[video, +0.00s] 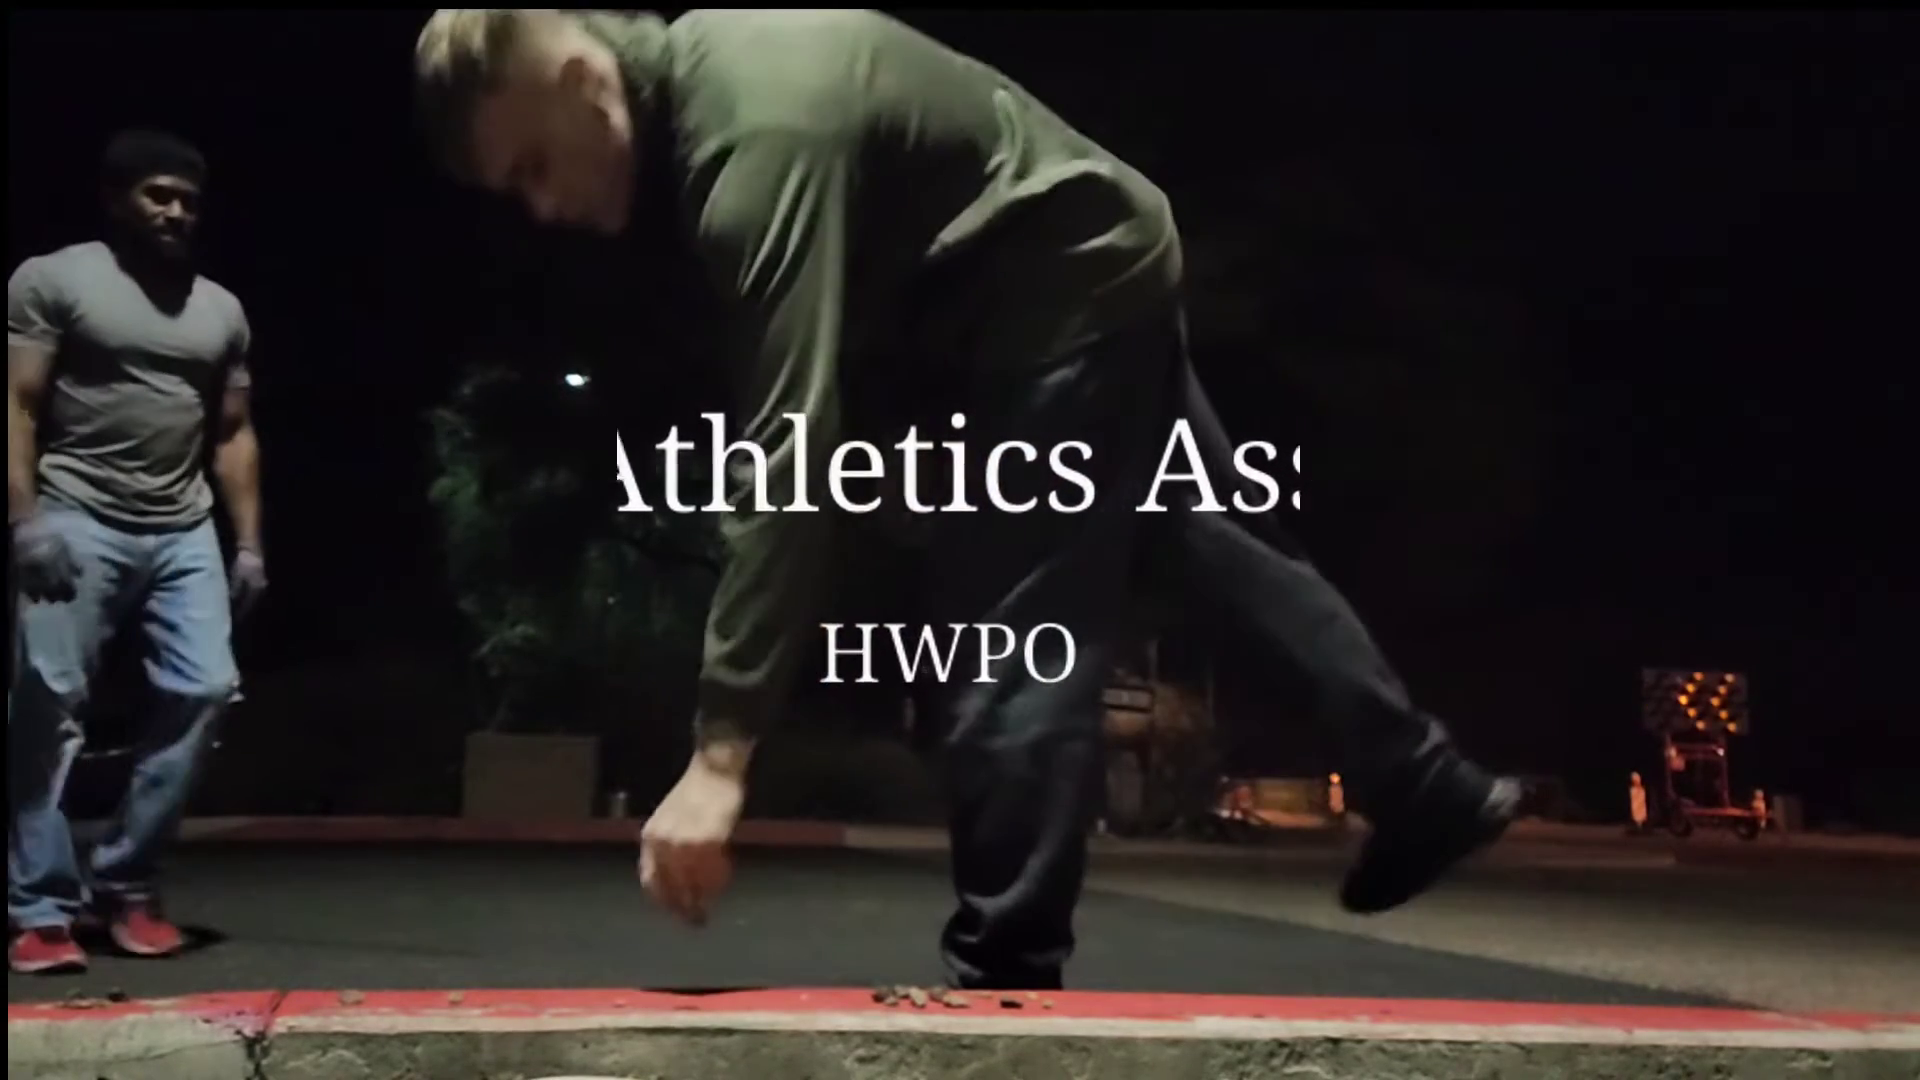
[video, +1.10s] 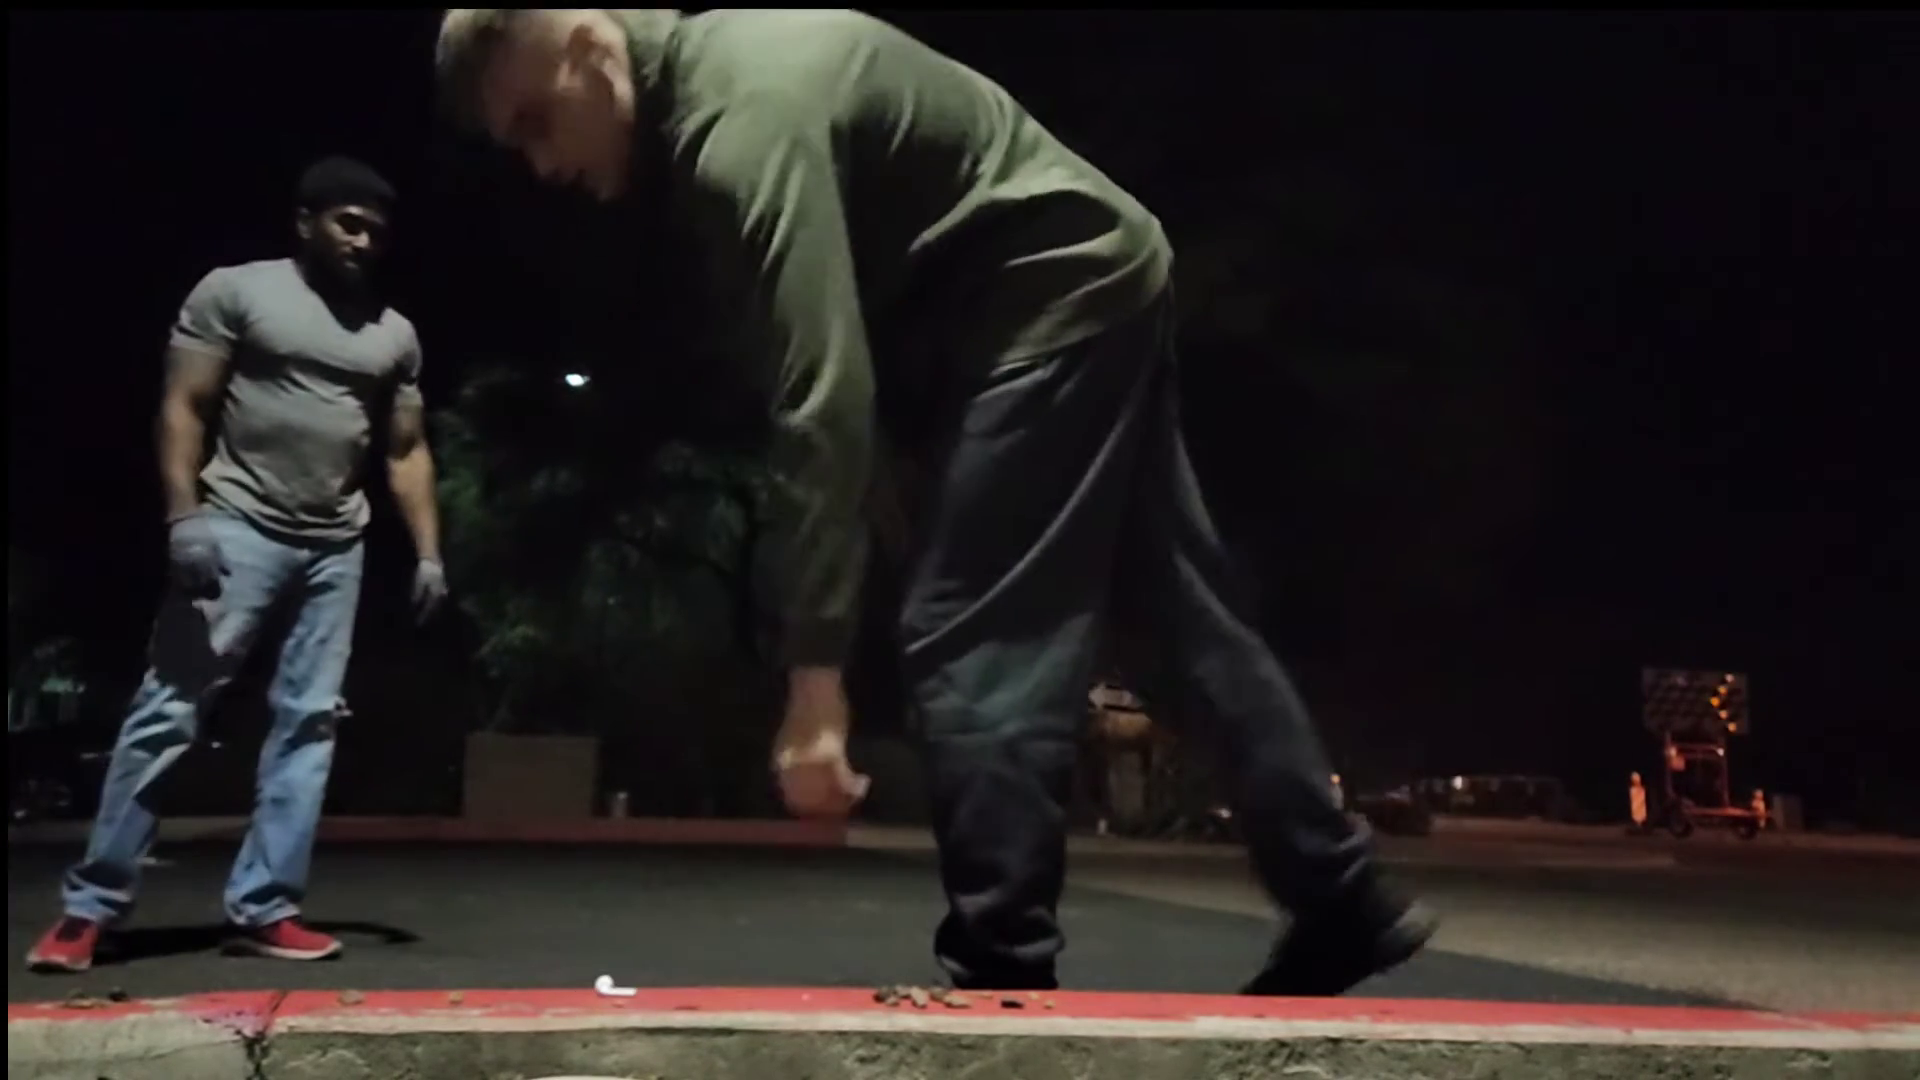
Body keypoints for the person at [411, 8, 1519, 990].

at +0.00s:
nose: (541, 207)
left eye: (533, 167)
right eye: (513, 188)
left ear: (591, 79)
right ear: (586, 78)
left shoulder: (765, 138)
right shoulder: (685, 74)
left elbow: (786, 469)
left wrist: (719, 757)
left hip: (1080, 278)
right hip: (1042, 280)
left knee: (1022, 620)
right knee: (1201, 544)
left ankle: (1006, 953)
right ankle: (1422, 782)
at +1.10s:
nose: (540, 165)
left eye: (531, 125)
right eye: (517, 145)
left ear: (594, 54)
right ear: (591, 55)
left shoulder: (746, 118)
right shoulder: (715, 76)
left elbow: (820, 406)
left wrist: (813, 700)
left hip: (1058, 294)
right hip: (1090, 274)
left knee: (966, 632)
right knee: (1182, 614)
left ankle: (999, 962)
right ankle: (1343, 906)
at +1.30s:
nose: (596, 90)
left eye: (593, 54)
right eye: (575, 73)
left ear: (655, 9)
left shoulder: (787, 70)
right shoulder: (774, 66)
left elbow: (848, 326)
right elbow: (832, 329)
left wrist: (836, 599)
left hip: (1057, 307)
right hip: (1108, 293)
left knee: (964, 639)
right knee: (1142, 639)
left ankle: (1003, 972)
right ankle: (1215, 956)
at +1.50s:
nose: (695, 66)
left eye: (687, 38)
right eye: (680, 49)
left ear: (738, 5)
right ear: (737, 15)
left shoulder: (861, 36)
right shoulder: (858, 38)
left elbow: (901, 257)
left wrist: (875, 501)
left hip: (1069, 339)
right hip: (1105, 335)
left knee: (998, 648)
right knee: (1071, 664)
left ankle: (1000, 967)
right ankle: (1130, 974)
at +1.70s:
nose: (807, 50)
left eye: (807, 26)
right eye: (796, 37)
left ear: (854, 4)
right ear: (844, 24)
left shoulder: (967, 35)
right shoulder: (941, 55)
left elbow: (1025, 225)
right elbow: (1022, 234)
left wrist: (984, 423)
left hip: (1121, 366)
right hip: (1082, 375)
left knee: (1070, 652)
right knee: (1056, 653)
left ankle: (1011, 943)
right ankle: (1123, 959)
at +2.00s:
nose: (898, 33)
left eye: (905, 15)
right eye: (895, 22)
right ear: (943, 21)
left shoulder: (1070, 30)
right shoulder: (1003, 79)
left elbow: (1135, 208)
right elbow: (1039, 272)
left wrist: (1103, 386)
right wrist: (1032, 427)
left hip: (1155, 389)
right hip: (1088, 405)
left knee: (1133, 674)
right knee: (1090, 681)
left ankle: (1179, 966)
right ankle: (1119, 968)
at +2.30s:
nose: (970, 28)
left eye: (978, 12)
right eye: (966, 20)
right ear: (1011, 23)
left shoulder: (1135, 31)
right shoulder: (1056, 97)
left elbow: (1232, 151)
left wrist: (1138, 314)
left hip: (1192, 446)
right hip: (1093, 463)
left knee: (1247, 699)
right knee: (1102, 719)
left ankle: (1330, 947)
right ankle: (1132, 967)